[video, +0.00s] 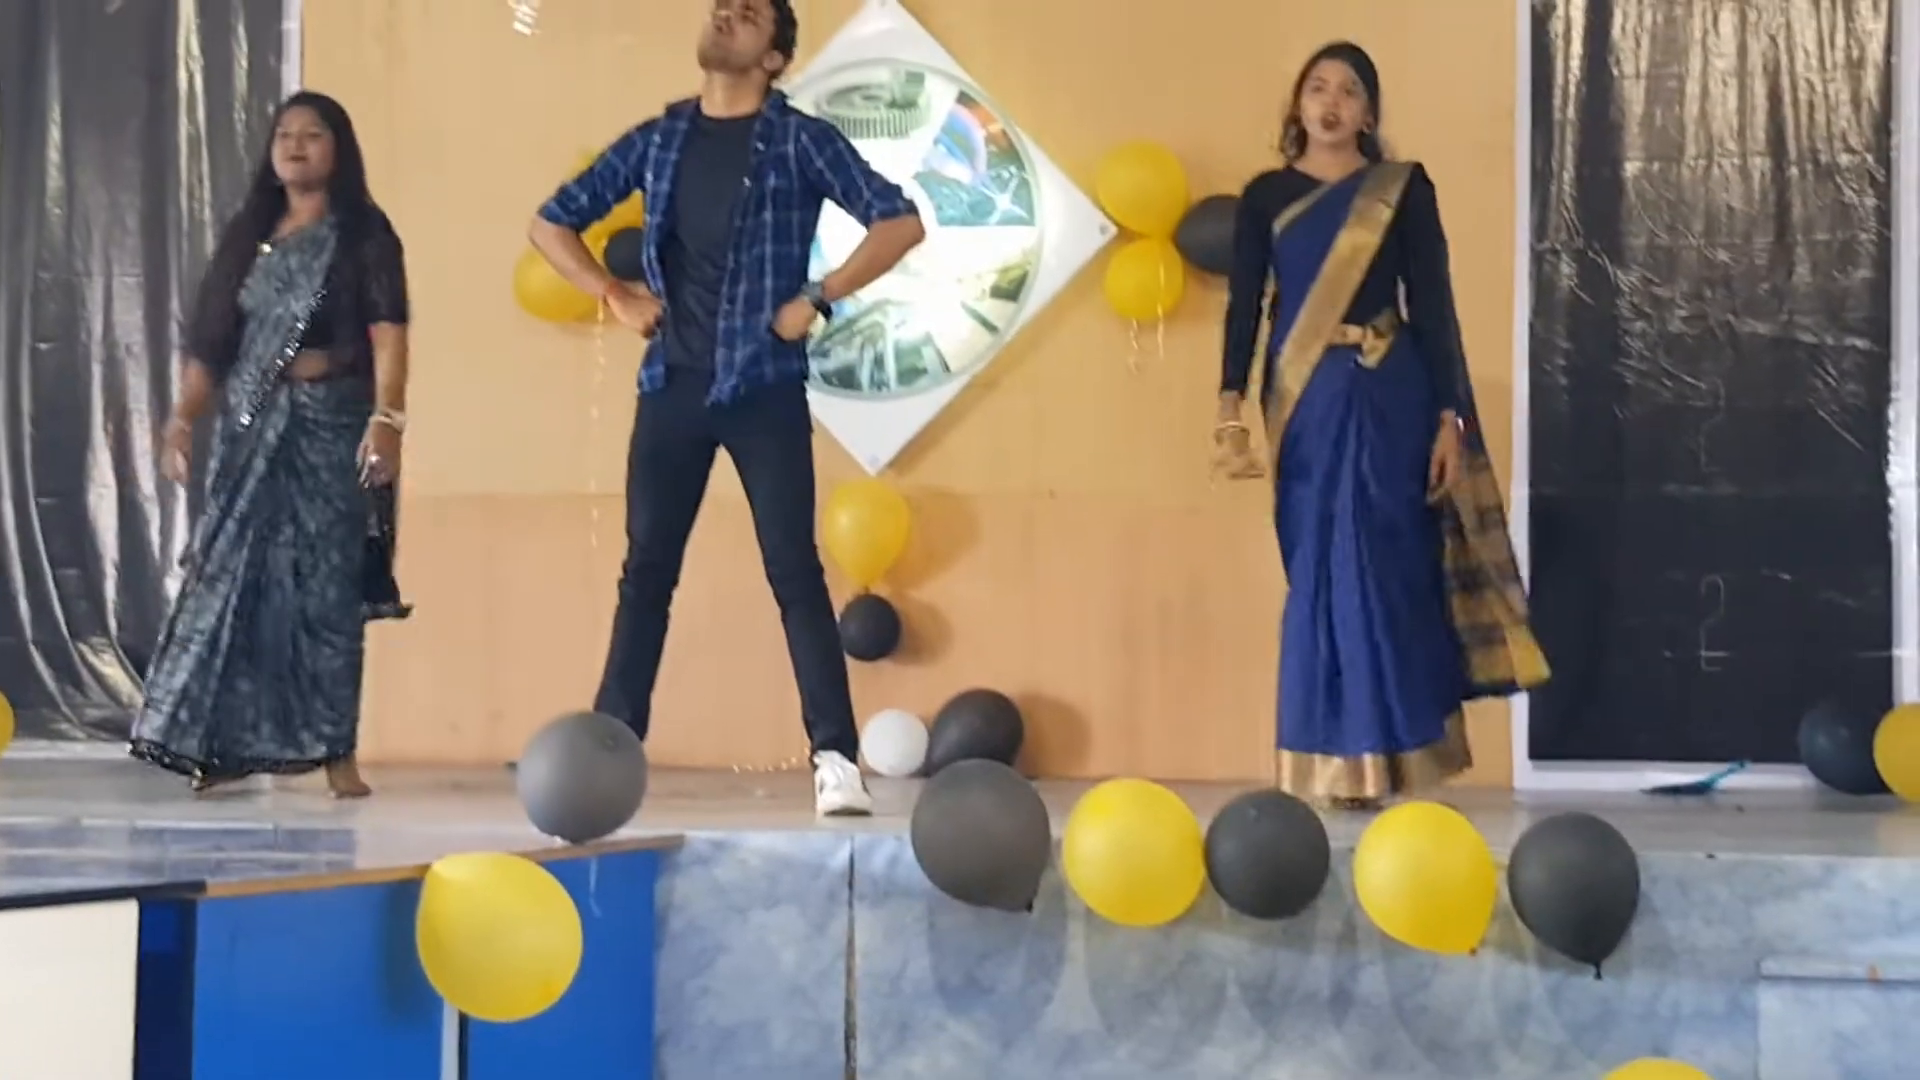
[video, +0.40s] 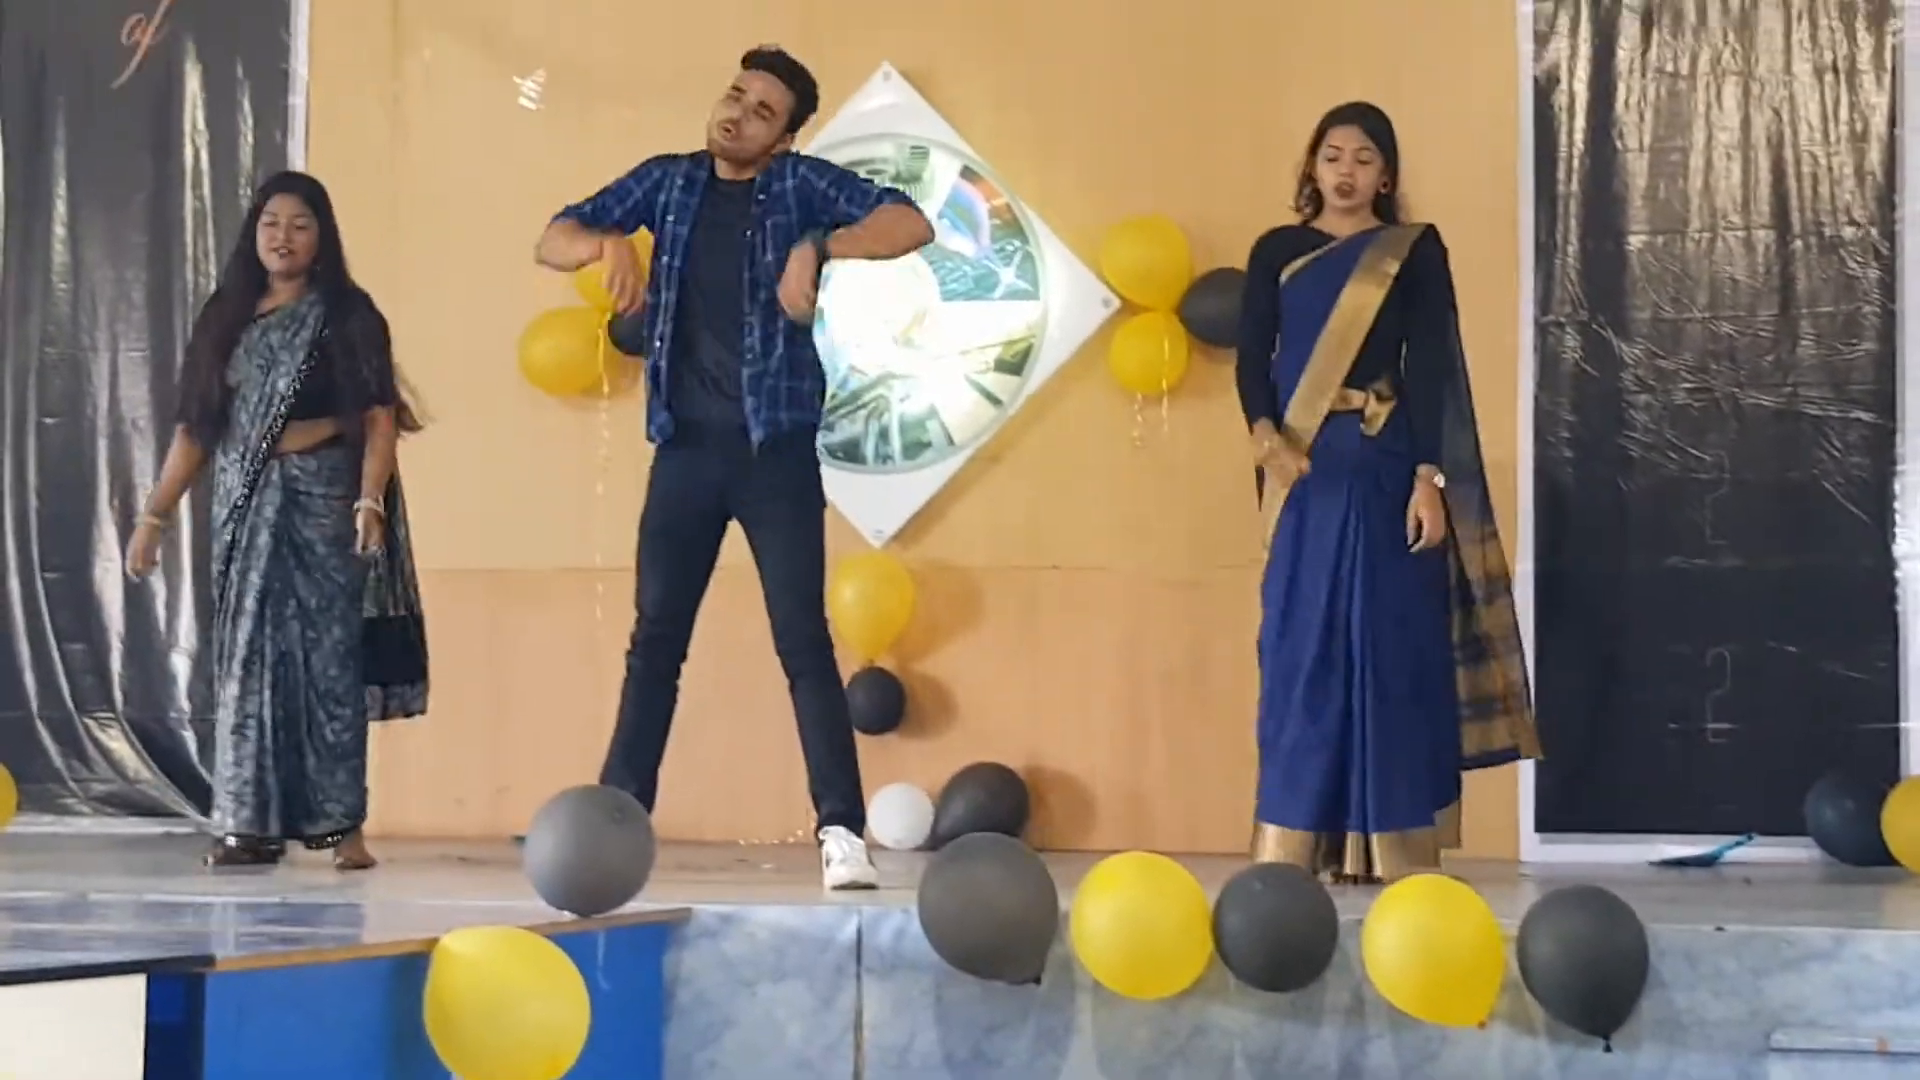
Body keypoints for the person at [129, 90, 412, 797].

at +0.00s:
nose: (296, 148)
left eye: (312, 137)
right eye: (286, 137)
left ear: (340, 150)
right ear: (269, 151)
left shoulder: (367, 233)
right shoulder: (247, 234)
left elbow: (388, 328)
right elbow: (210, 339)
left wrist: (388, 418)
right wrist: (182, 418)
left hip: (331, 424)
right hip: (249, 426)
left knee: (329, 581)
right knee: (235, 575)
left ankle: (339, 748)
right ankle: (224, 747)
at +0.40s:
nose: (284, 236)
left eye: (300, 225)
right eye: (271, 223)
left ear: (323, 237)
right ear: (254, 232)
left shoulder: (350, 314)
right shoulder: (227, 315)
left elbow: (381, 417)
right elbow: (195, 429)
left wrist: (371, 496)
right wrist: (152, 517)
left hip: (324, 504)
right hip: (246, 506)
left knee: (330, 656)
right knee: (247, 655)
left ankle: (345, 824)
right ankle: (251, 826)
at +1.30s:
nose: (544, 412)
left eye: (558, 399)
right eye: (530, 399)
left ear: (582, 408)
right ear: (510, 408)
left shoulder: (607, 491)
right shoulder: (472, 480)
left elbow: (621, 593)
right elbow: (434, 576)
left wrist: (610, 599)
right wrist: (452, 598)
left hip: (563, 691)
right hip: (476, 688)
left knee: (566, 847)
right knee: (473, 840)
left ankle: (576, 1024)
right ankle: (474, 1008)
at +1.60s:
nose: (521, 506)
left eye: (537, 492)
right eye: (508, 495)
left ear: (568, 498)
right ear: (497, 506)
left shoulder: (615, 581)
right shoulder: (479, 585)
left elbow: (646, 684)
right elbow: (445, 685)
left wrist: (587, 673)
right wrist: (443, 757)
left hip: (568, 779)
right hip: (485, 782)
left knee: (555, 936)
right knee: (471, 932)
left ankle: (558, 1066)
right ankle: (489, 1062)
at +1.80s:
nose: (445, 530)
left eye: (460, 516)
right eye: (434, 520)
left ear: (494, 522)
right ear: (423, 534)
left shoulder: (545, 592)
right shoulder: (420, 618)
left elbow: (609, 686)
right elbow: (404, 718)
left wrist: (551, 740)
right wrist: (394, 763)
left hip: (522, 803)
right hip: (437, 808)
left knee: (519, 966)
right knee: (418, 962)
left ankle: (516, 1068)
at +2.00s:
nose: (382, 532)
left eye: (399, 521)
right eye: (371, 521)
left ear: (427, 536)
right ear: (357, 536)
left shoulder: (469, 617)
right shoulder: (339, 625)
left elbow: (526, 706)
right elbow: (322, 723)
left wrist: (490, 762)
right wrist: (295, 755)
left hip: (442, 823)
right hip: (356, 823)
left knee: (441, 983)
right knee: (340, 977)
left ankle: (447, 1073)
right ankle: (338, 1072)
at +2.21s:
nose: (348, 450)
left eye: (365, 439)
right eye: (338, 438)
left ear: (392, 453)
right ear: (320, 452)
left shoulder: (425, 528)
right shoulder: (297, 534)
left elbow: (482, 615)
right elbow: (258, 636)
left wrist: (427, 665)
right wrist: (232, 623)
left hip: (402, 742)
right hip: (318, 743)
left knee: (399, 905)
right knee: (312, 899)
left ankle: (397, 1059)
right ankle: (306, 1056)